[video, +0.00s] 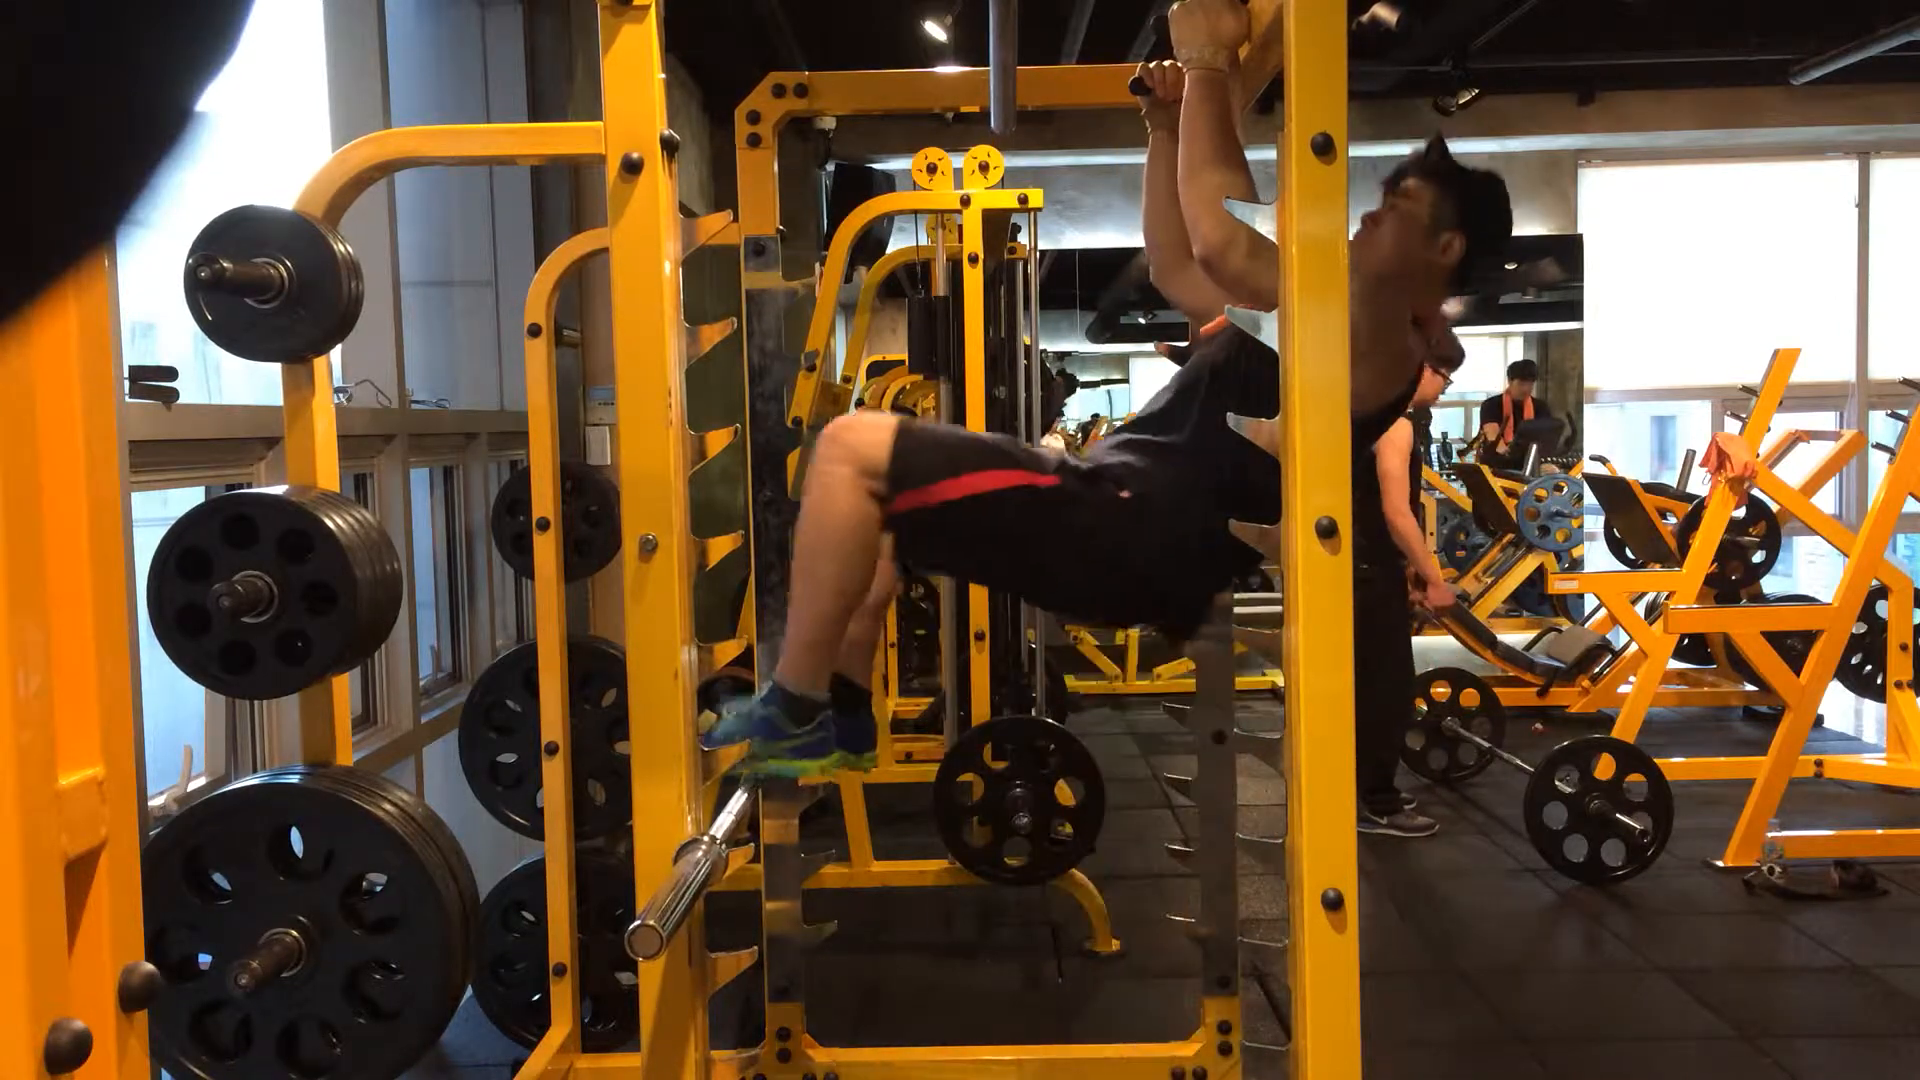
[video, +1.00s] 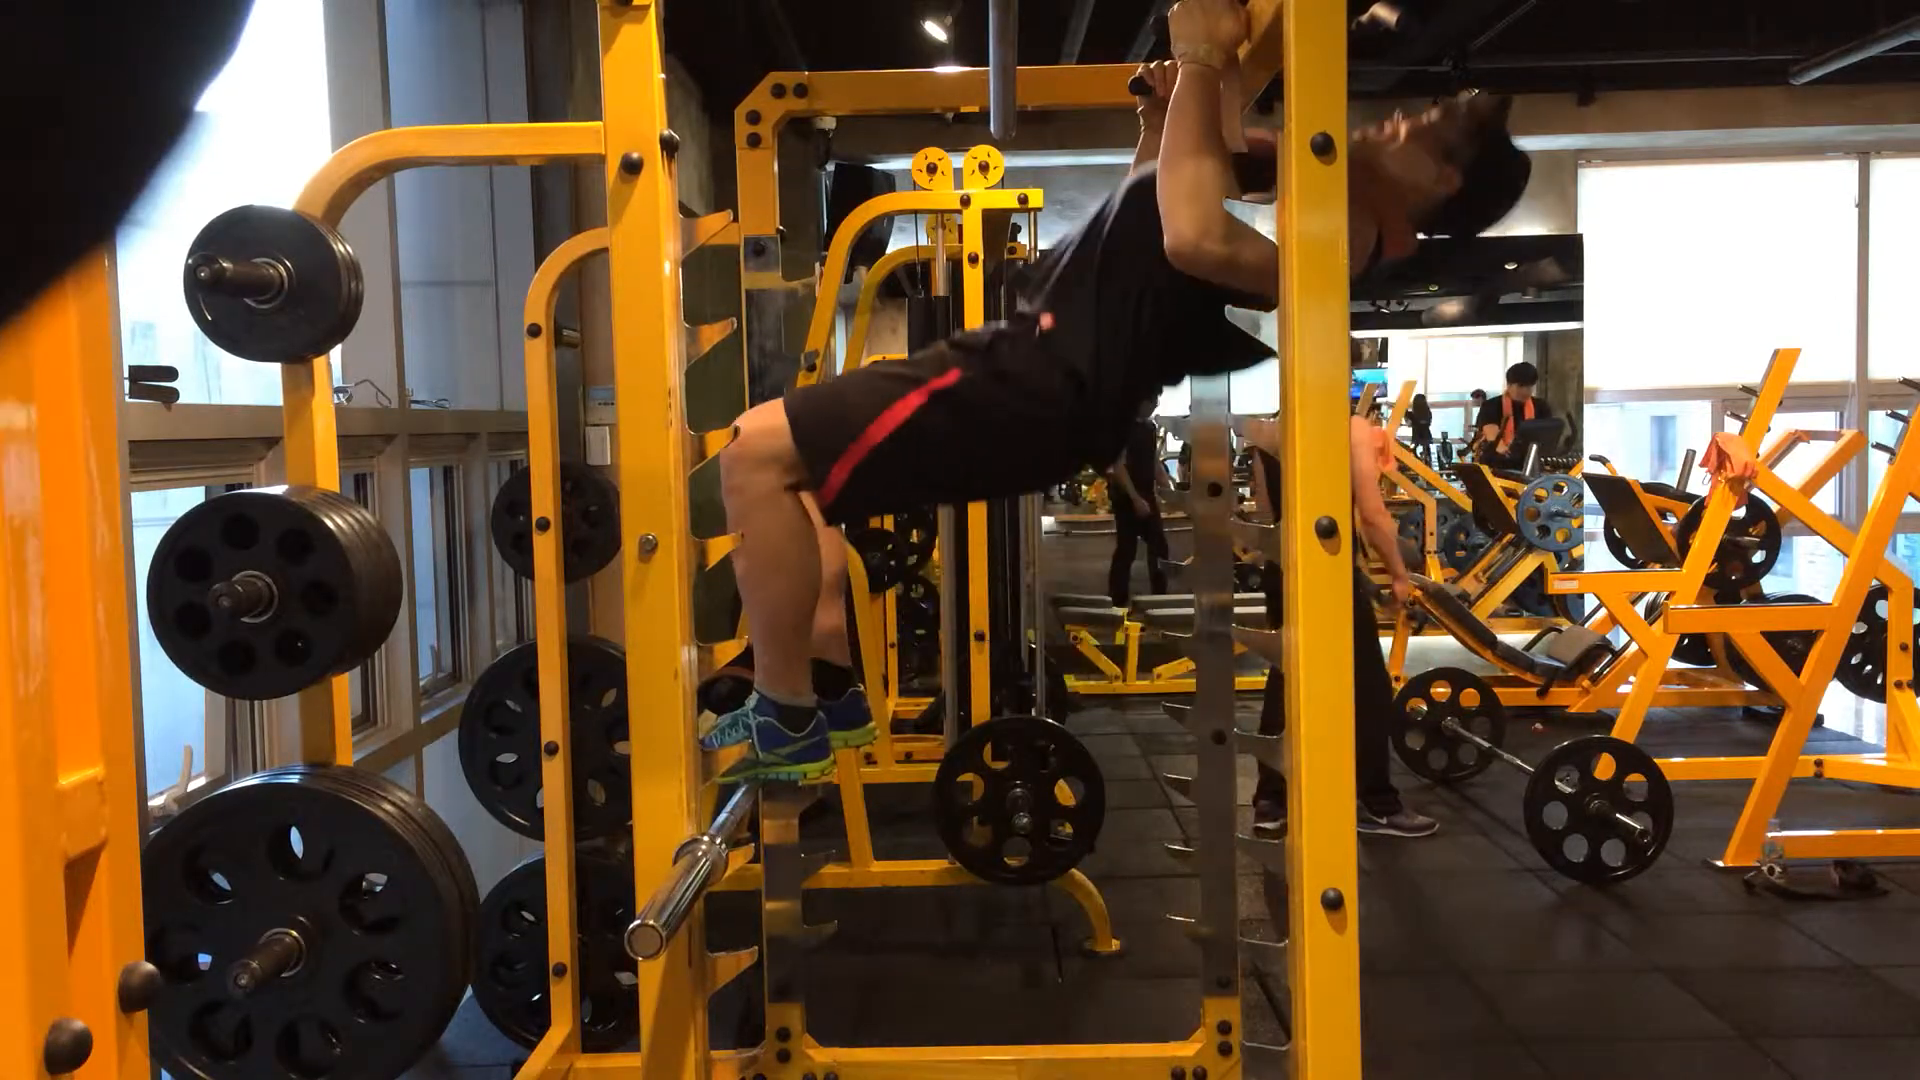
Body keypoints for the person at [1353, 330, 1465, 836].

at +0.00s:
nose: (1442, 387)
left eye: (1444, 377)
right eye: (1439, 375)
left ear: (1421, 374)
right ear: (1418, 370)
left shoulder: (1391, 418)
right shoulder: (1395, 422)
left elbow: (1393, 510)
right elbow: (1395, 510)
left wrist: (1415, 569)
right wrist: (1433, 576)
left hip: (1370, 568)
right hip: (1372, 571)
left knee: (1379, 677)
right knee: (1388, 678)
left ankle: (1373, 791)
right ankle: (1376, 799)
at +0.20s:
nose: (1431, 381)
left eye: (1432, 373)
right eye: (1427, 371)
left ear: (1398, 378)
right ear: (1402, 374)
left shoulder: (1366, 422)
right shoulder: (1392, 426)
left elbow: (1387, 513)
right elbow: (1403, 513)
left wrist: (1415, 568)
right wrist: (1440, 575)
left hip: (1357, 571)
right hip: (1378, 575)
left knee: (1373, 682)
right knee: (1392, 683)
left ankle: (1370, 793)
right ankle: (1377, 800)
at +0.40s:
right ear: (1401, 387)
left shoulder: (1335, 423)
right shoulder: (1393, 425)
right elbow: (1409, 515)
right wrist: (1445, 578)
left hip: (1335, 575)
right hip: (1376, 579)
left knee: (1352, 685)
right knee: (1392, 685)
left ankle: (1351, 797)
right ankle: (1378, 802)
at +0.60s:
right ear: (1393, 396)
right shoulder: (1389, 432)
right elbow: (1405, 516)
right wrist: (1440, 578)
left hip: (1329, 574)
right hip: (1373, 579)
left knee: (1335, 685)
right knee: (1393, 684)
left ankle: (1317, 790)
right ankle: (1379, 801)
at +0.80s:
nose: (1382, 387)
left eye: (1380, 377)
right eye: (1377, 378)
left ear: (1341, 383)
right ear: (1363, 383)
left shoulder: (1311, 424)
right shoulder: (1372, 431)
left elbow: (1259, 435)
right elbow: (1392, 519)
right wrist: (1424, 576)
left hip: (1318, 577)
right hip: (1364, 580)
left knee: (1315, 687)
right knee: (1387, 690)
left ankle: (1279, 792)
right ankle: (1380, 803)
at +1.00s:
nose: (1359, 390)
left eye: (1355, 383)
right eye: (1355, 384)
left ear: (1302, 386)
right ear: (1346, 387)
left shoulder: (1271, 430)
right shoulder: (1355, 430)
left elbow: (1266, 510)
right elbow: (1372, 513)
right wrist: (1399, 573)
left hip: (1284, 575)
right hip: (1337, 576)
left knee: (1283, 684)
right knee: (1371, 687)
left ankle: (1270, 804)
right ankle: (1380, 803)